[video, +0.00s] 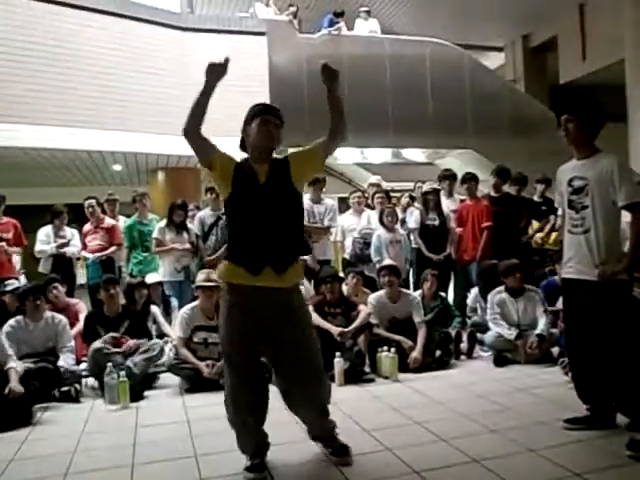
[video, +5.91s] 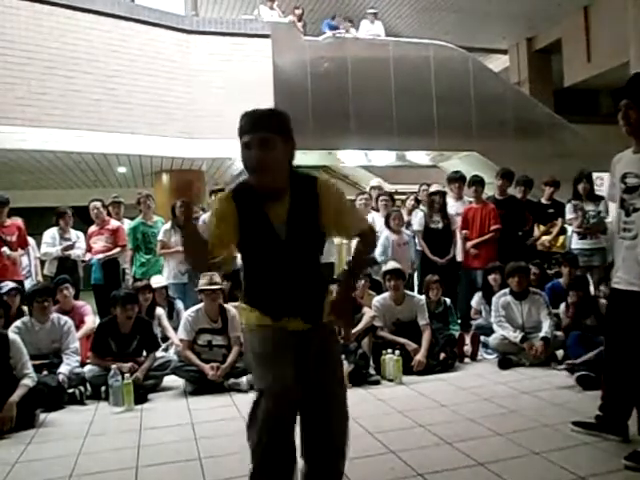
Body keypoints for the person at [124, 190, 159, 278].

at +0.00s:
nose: (144, 203)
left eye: (146, 200)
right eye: (140, 201)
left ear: (149, 202)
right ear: (135, 205)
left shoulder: (156, 221)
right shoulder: (130, 224)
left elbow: (159, 243)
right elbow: (127, 247)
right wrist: (124, 267)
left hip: (154, 266)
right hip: (136, 266)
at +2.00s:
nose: (144, 202)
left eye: (146, 199)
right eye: (140, 200)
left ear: (150, 202)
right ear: (136, 205)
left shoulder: (157, 221)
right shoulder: (131, 224)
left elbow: (161, 243)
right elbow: (127, 247)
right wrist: (124, 267)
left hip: (155, 266)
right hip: (137, 267)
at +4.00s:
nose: (148, 204)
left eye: (149, 201)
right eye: (144, 202)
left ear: (154, 204)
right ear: (139, 206)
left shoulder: (161, 222)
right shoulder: (134, 226)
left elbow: (165, 245)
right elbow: (131, 249)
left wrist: (168, 266)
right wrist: (130, 271)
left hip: (159, 268)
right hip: (142, 269)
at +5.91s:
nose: (147, 204)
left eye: (149, 201)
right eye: (144, 202)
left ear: (154, 203)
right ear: (139, 206)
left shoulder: (160, 222)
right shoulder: (134, 226)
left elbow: (165, 244)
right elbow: (131, 249)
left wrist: (168, 266)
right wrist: (129, 270)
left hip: (159, 268)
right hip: (141, 269)